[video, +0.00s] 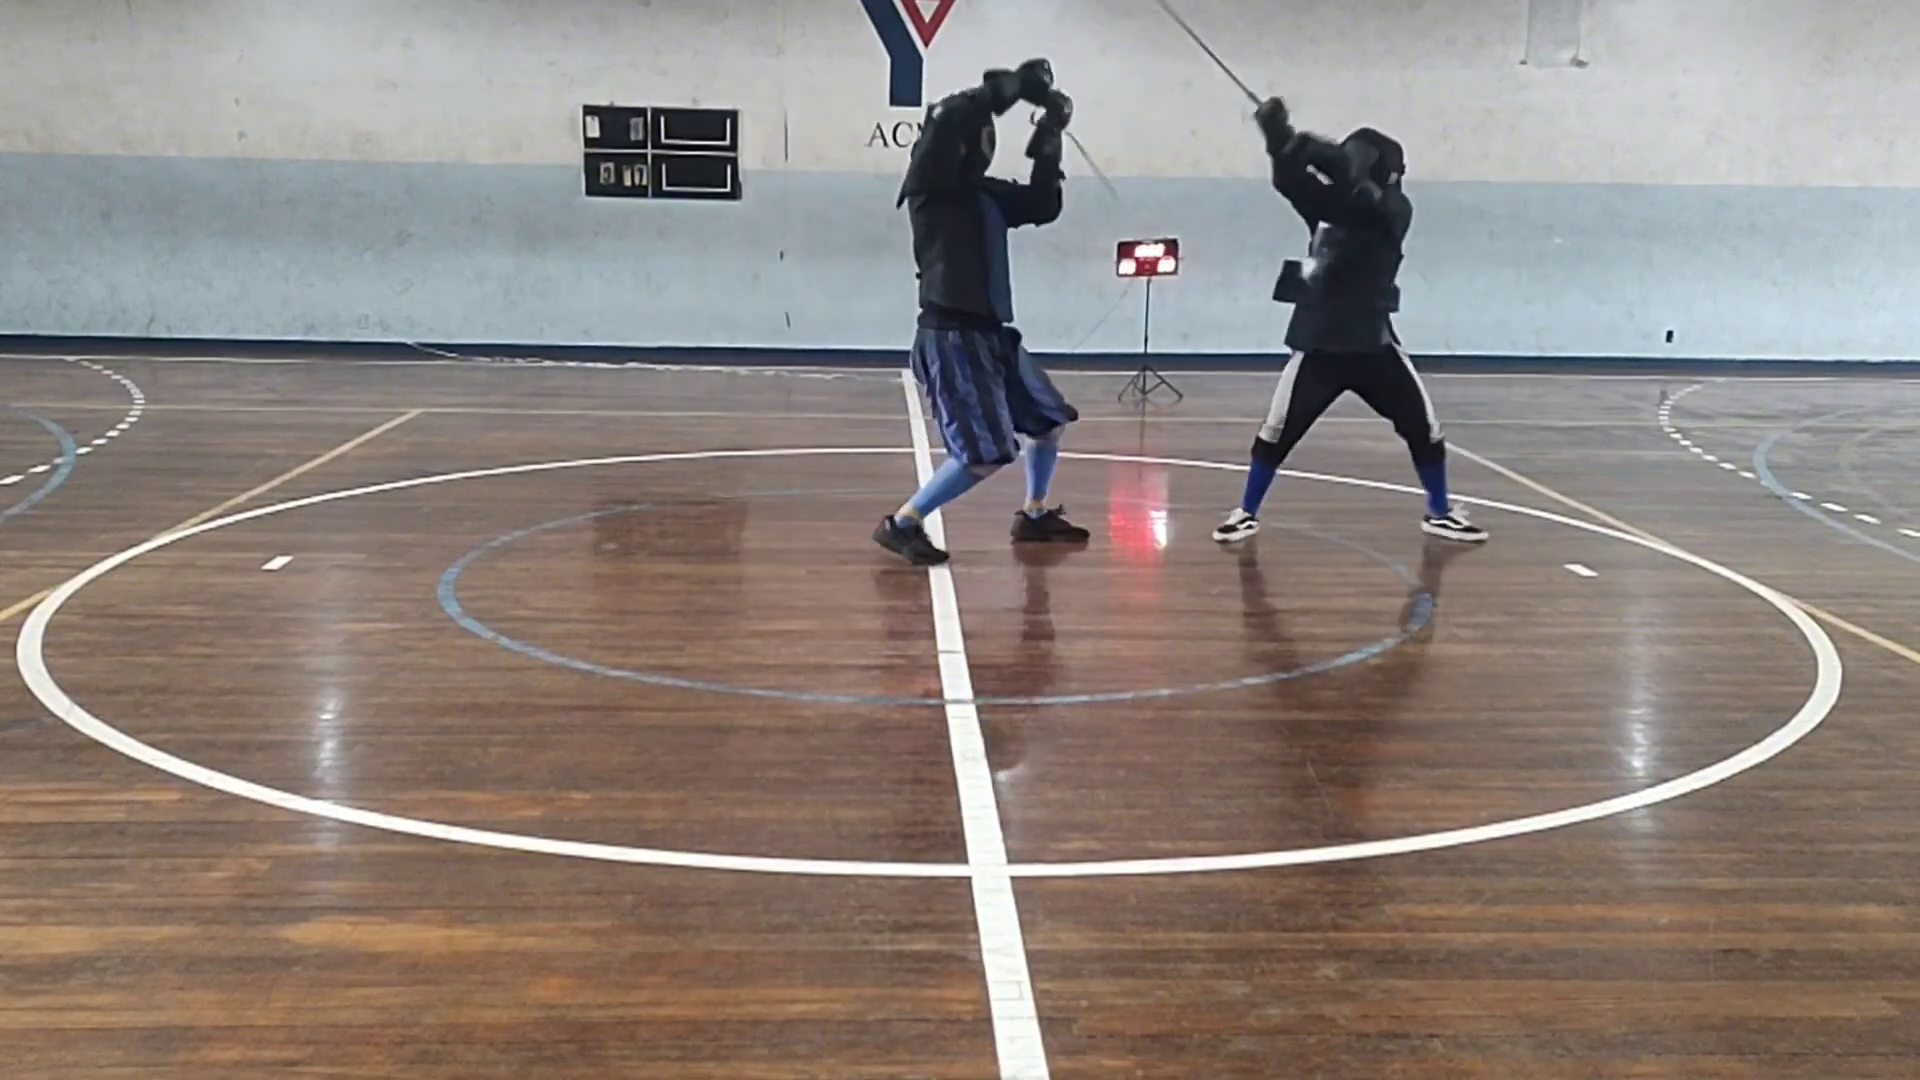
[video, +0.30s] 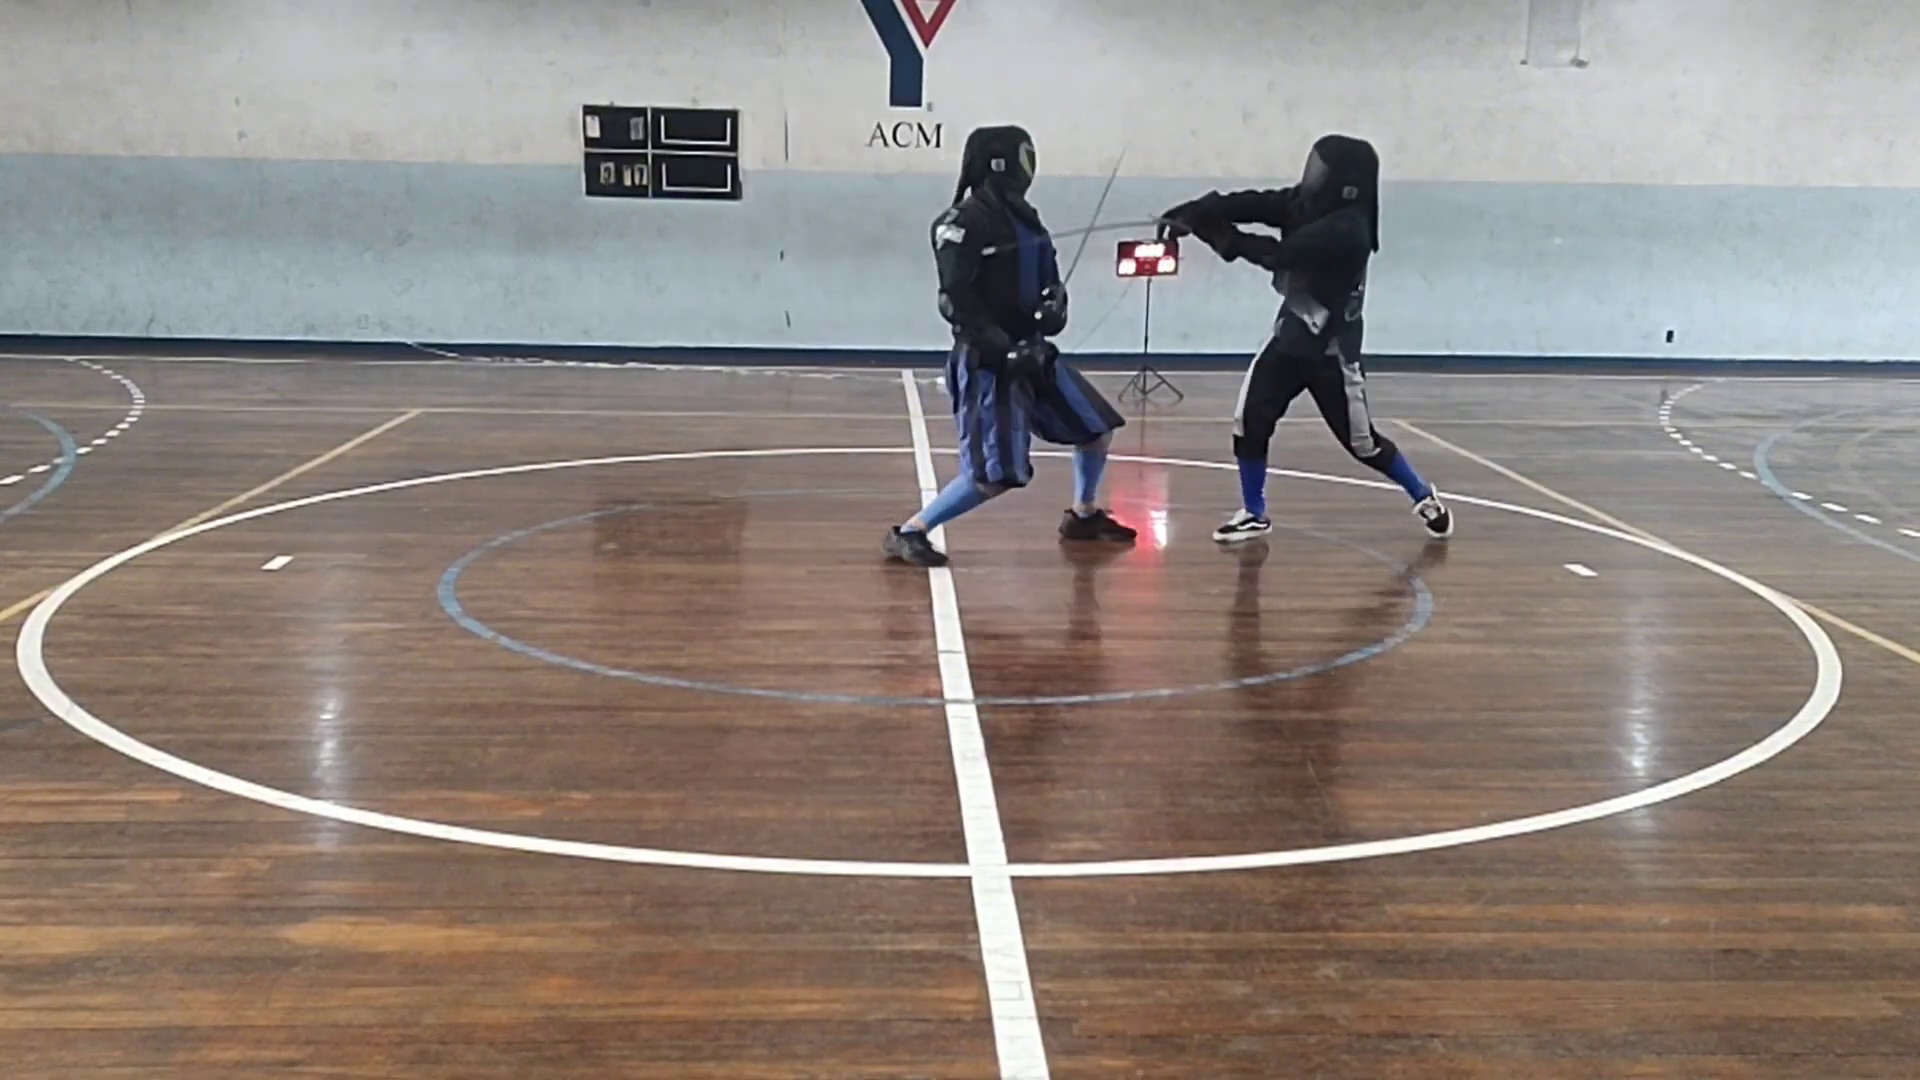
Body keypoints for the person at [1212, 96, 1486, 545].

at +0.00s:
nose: (1344, 165)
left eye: (1354, 157)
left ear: (1378, 166)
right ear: (1366, 162)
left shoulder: (1395, 207)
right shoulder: (1325, 203)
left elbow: (1354, 180)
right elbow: (1291, 181)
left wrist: (1312, 151)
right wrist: (1278, 142)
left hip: (1374, 345)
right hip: (1319, 344)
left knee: (1423, 428)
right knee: (1277, 431)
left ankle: (1439, 512)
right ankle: (1247, 513)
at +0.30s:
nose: (1307, 172)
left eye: (1317, 167)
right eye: (1310, 164)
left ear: (1342, 179)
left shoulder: (1347, 227)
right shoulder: (1300, 202)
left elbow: (1278, 254)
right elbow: (1249, 204)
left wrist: (1210, 228)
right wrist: (1194, 212)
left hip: (1333, 349)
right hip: (1288, 340)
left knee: (1361, 442)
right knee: (1250, 424)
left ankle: (1424, 496)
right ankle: (1254, 515)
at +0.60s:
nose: (1315, 178)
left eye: (1325, 173)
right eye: (1318, 170)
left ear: (1354, 183)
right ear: (1348, 181)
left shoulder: (1370, 223)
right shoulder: (1317, 204)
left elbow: (1310, 245)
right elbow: (1270, 207)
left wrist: (1242, 239)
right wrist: (1208, 199)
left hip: (1354, 348)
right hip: (1305, 341)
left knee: (1397, 442)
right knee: (1259, 431)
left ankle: (1444, 492)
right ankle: (1260, 518)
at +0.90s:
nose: (1335, 171)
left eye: (1340, 159)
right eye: (1332, 164)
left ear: (1362, 160)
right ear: (1332, 172)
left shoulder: (1398, 195)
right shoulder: (1330, 211)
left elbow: (1388, 154)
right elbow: (1294, 220)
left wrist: (1342, 118)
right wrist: (1303, 156)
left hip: (1399, 345)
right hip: (1345, 347)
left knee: (1434, 438)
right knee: (1306, 439)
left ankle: (1447, 522)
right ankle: (1277, 522)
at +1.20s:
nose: (1321, 166)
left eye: (1329, 158)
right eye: (1319, 160)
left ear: (1351, 159)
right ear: (1318, 164)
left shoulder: (1382, 199)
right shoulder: (1312, 211)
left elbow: (1359, 142)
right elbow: (1265, 187)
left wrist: (1300, 100)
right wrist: (1244, 131)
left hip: (1371, 342)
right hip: (1315, 345)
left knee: (1407, 436)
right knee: (1290, 443)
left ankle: (1435, 517)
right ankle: (1283, 526)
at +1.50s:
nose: (1307, 157)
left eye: (1314, 150)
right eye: (1306, 151)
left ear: (1343, 153)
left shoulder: (1368, 190)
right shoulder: (1304, 207)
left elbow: (1317, 159)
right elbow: (1245, 198)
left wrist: (1258, 125)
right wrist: (1212, 142)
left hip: (1351, 337)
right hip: (1297, 339)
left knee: (1389, 435)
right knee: (1280, 440)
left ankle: (1406, 523)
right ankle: (1282, 527)